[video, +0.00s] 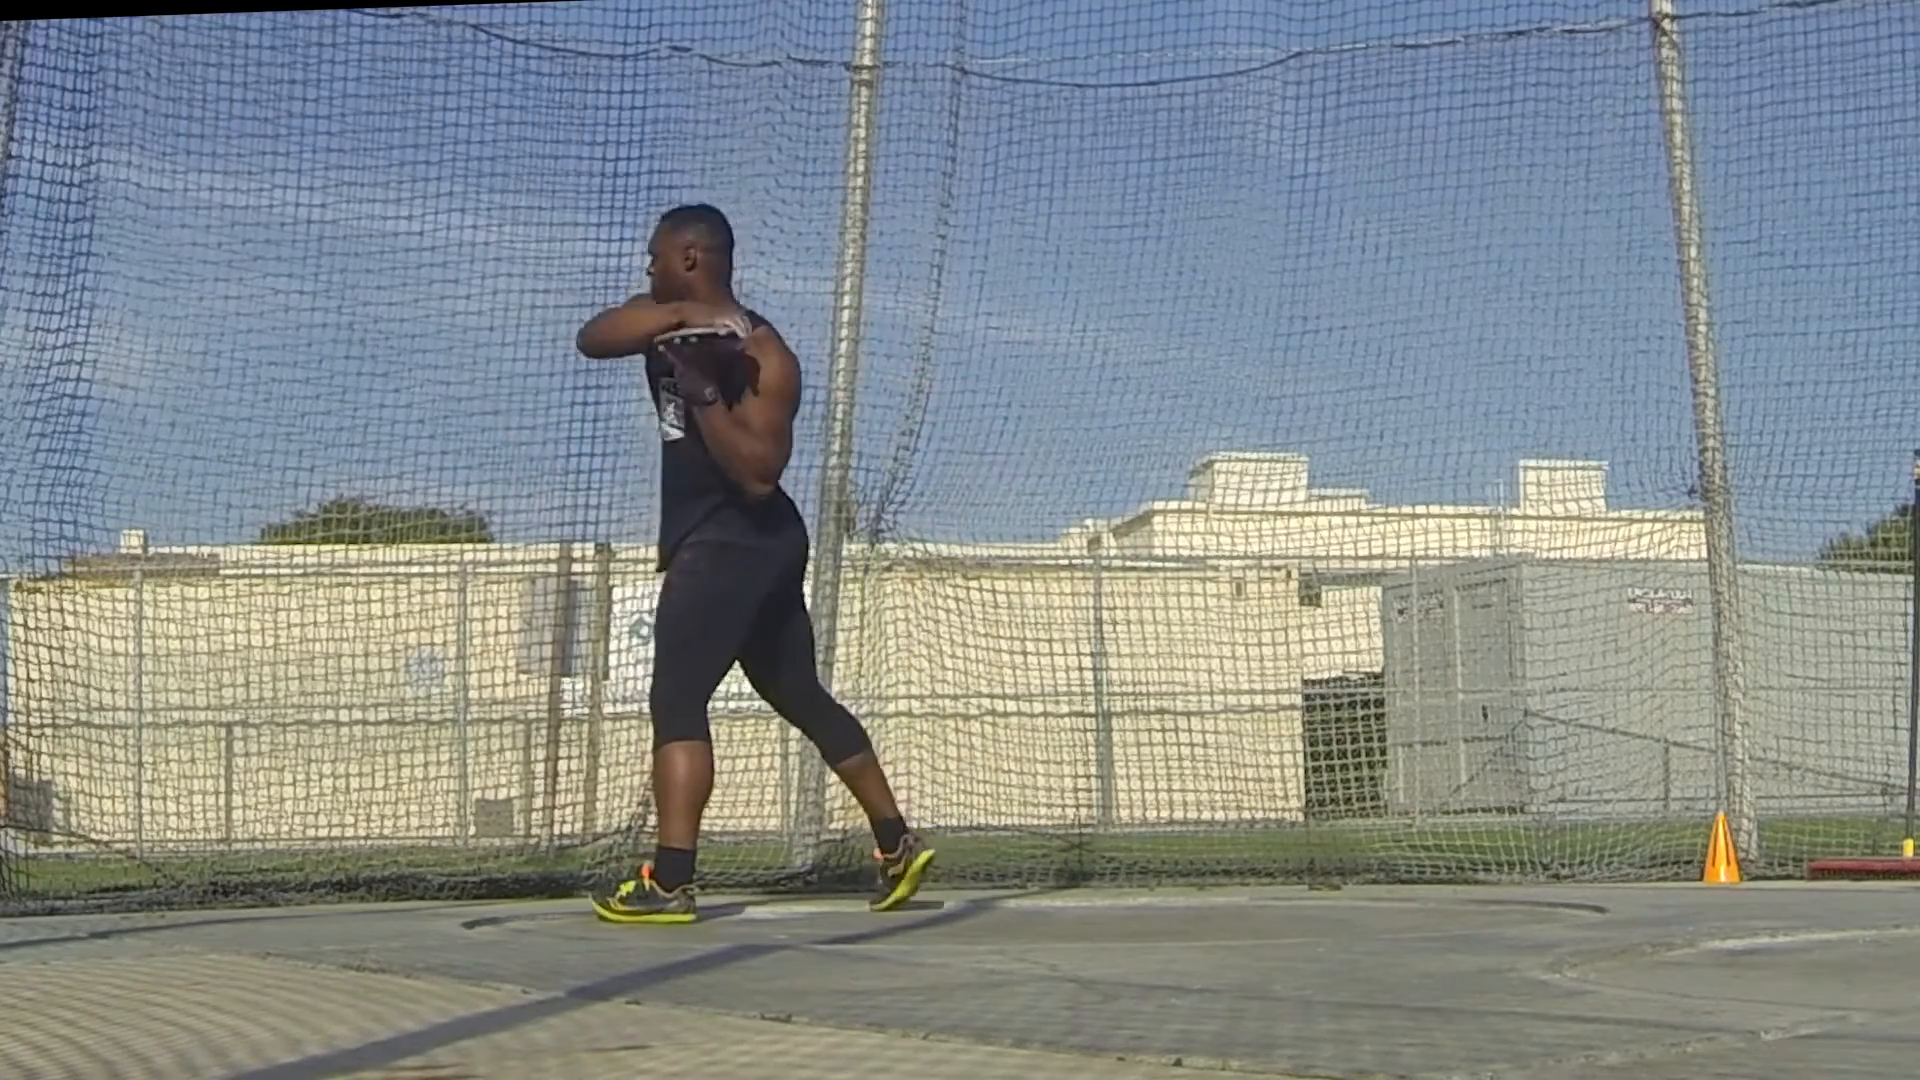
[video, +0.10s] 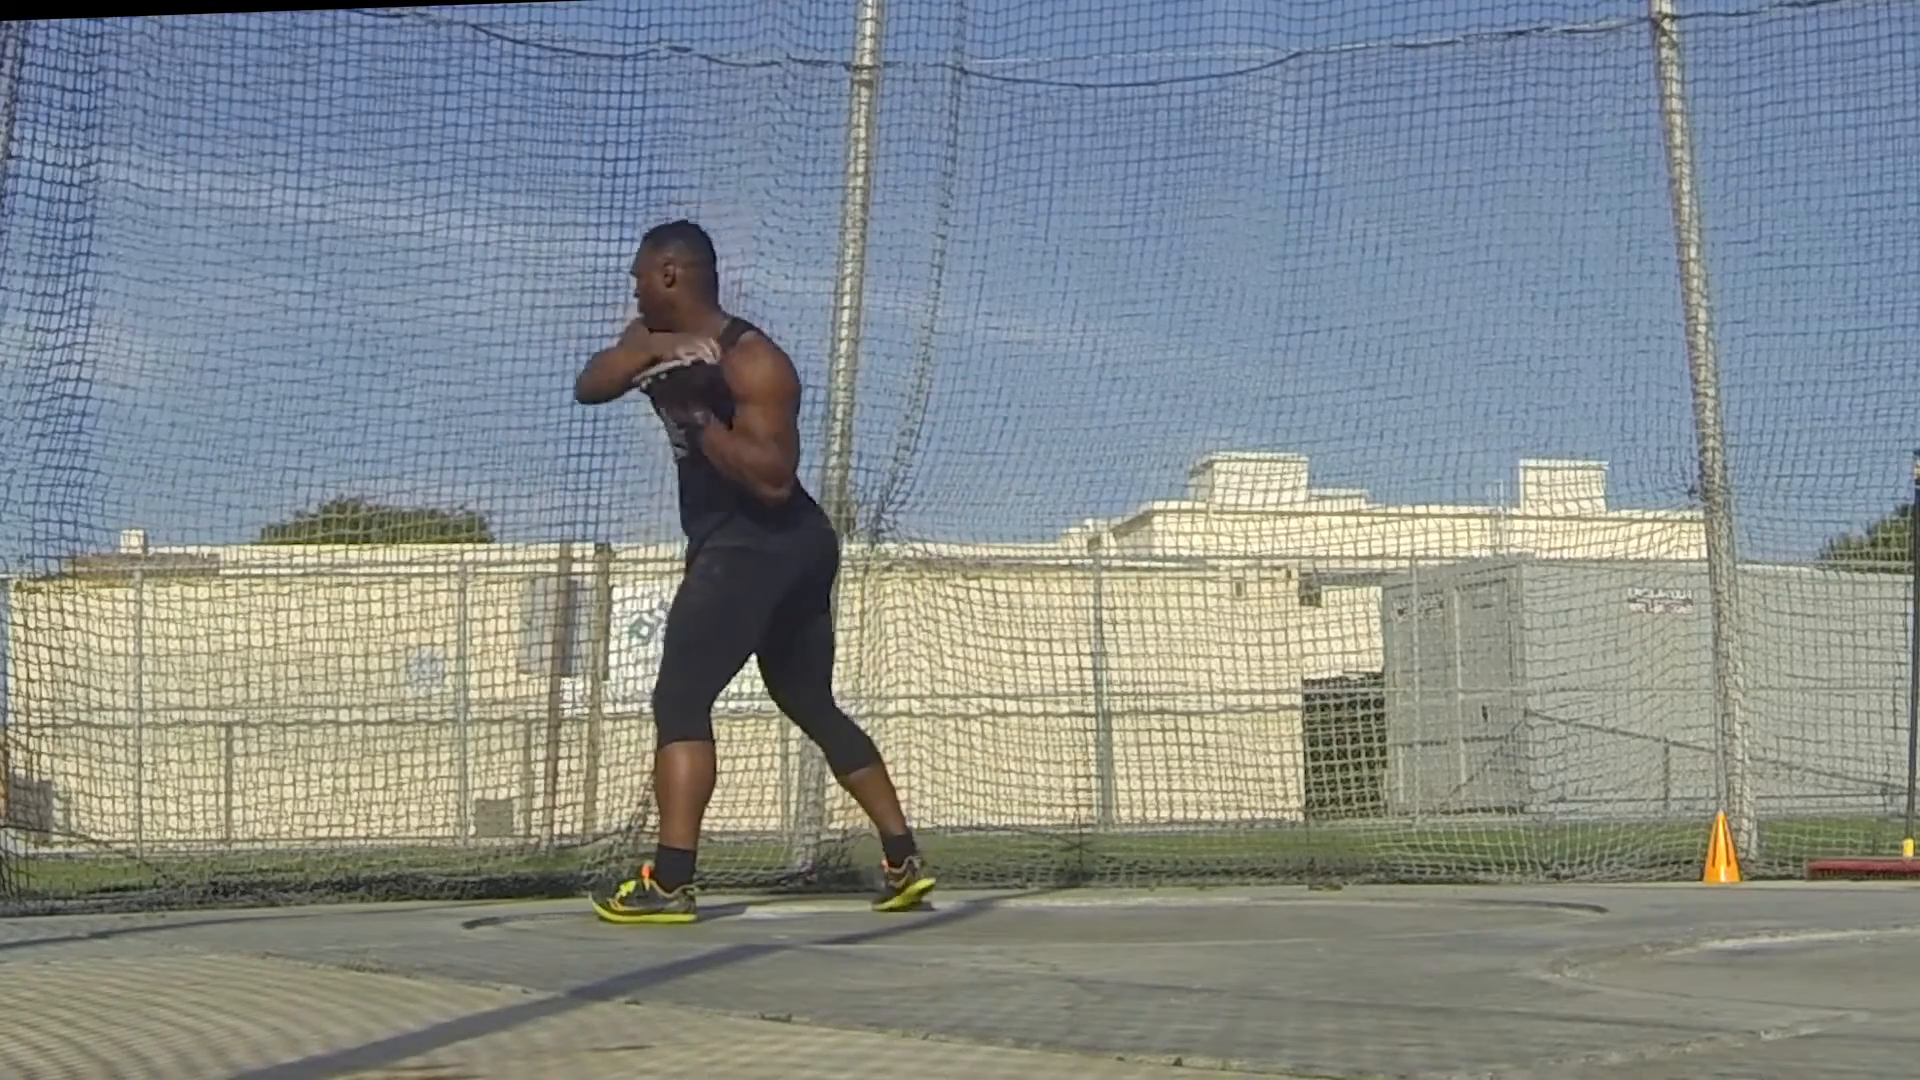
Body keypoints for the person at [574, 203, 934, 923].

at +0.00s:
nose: (649, 271)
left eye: (657, 259)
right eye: (651, 260)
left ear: (693, 259)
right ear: (705, 258)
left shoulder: (770, 357)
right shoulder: (667, 319)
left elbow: (759, 471)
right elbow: (592, 340)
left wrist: (699, 389)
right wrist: (681, 314)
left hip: (730, 543)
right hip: (757, 541)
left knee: (676, 696)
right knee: (799, 694)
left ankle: (671, 878)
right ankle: (897, 842)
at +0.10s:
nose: (634, 295)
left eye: (639, 281)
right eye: (634, 282)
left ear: (671, 276)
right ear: (680, 276)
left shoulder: (757, 361)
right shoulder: (655, 339)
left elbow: (774, 477)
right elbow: (589, 386)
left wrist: (697, 418)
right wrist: (657, 352)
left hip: (749, 549)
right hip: (798, 544)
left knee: (680, 697)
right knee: (807, 698)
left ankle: (670, 879)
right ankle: (904, 857)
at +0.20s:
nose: (630, 345)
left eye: (632, 328)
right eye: (628, 331)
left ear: (659, 318)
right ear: (675, 316)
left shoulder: (743, 380)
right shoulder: (668, 390)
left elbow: (775, 483)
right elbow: (640, 454)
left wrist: (674, 463)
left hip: (775, 561)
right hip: (835, 559)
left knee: (678, 700)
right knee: (826, 707)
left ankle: (669, 879)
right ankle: (903, 869)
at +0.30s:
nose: (651, 393)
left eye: (652, 378)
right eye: (649, 380)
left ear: (677, 369)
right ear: (705, 366)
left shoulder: (726, 405)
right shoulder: (715, 435)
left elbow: (748, 494)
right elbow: (676, 508)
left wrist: (658, 538)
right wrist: (630, 541)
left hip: (796, 579)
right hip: (866, 580)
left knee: (670, 703)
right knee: (844, 715)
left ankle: (666, 881)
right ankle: (902, 876)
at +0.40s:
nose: (701, 417)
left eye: (702, 405)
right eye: (701, 407)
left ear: (714, 396)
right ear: (757, 392)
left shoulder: (731, 421)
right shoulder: (804, 440)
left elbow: (724, 495)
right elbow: (799, 553)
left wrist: (662, 582)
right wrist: (714, 627)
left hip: (797, 586)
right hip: (876, 591)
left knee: (658, 703)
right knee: (861, 724)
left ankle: (662, 879)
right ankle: (904, 876)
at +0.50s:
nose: (747, 416)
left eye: (746, 408)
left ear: (750, 402)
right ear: (805, 401)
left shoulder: (743, 424)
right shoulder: (863, 453)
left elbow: (701, 480)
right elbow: (913, 554)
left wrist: (639, 559)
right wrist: (899, 611)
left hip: (783, 587)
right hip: (873, 599)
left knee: (649, 693)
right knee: (869, 728)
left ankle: (650, 852)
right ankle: (904, 877)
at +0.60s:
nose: (785, 395)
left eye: (778, 390)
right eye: (801, 388)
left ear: (776, 392)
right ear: (836, 394)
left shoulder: (748, 422)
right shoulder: (888, 434)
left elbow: (665, 473)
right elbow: (997, 476)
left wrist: (585, 526)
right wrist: (1073, 491)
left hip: (769, 588)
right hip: (860, 592)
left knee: (662, 710)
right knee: (871, 724)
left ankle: (647, 855)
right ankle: (906, 878)